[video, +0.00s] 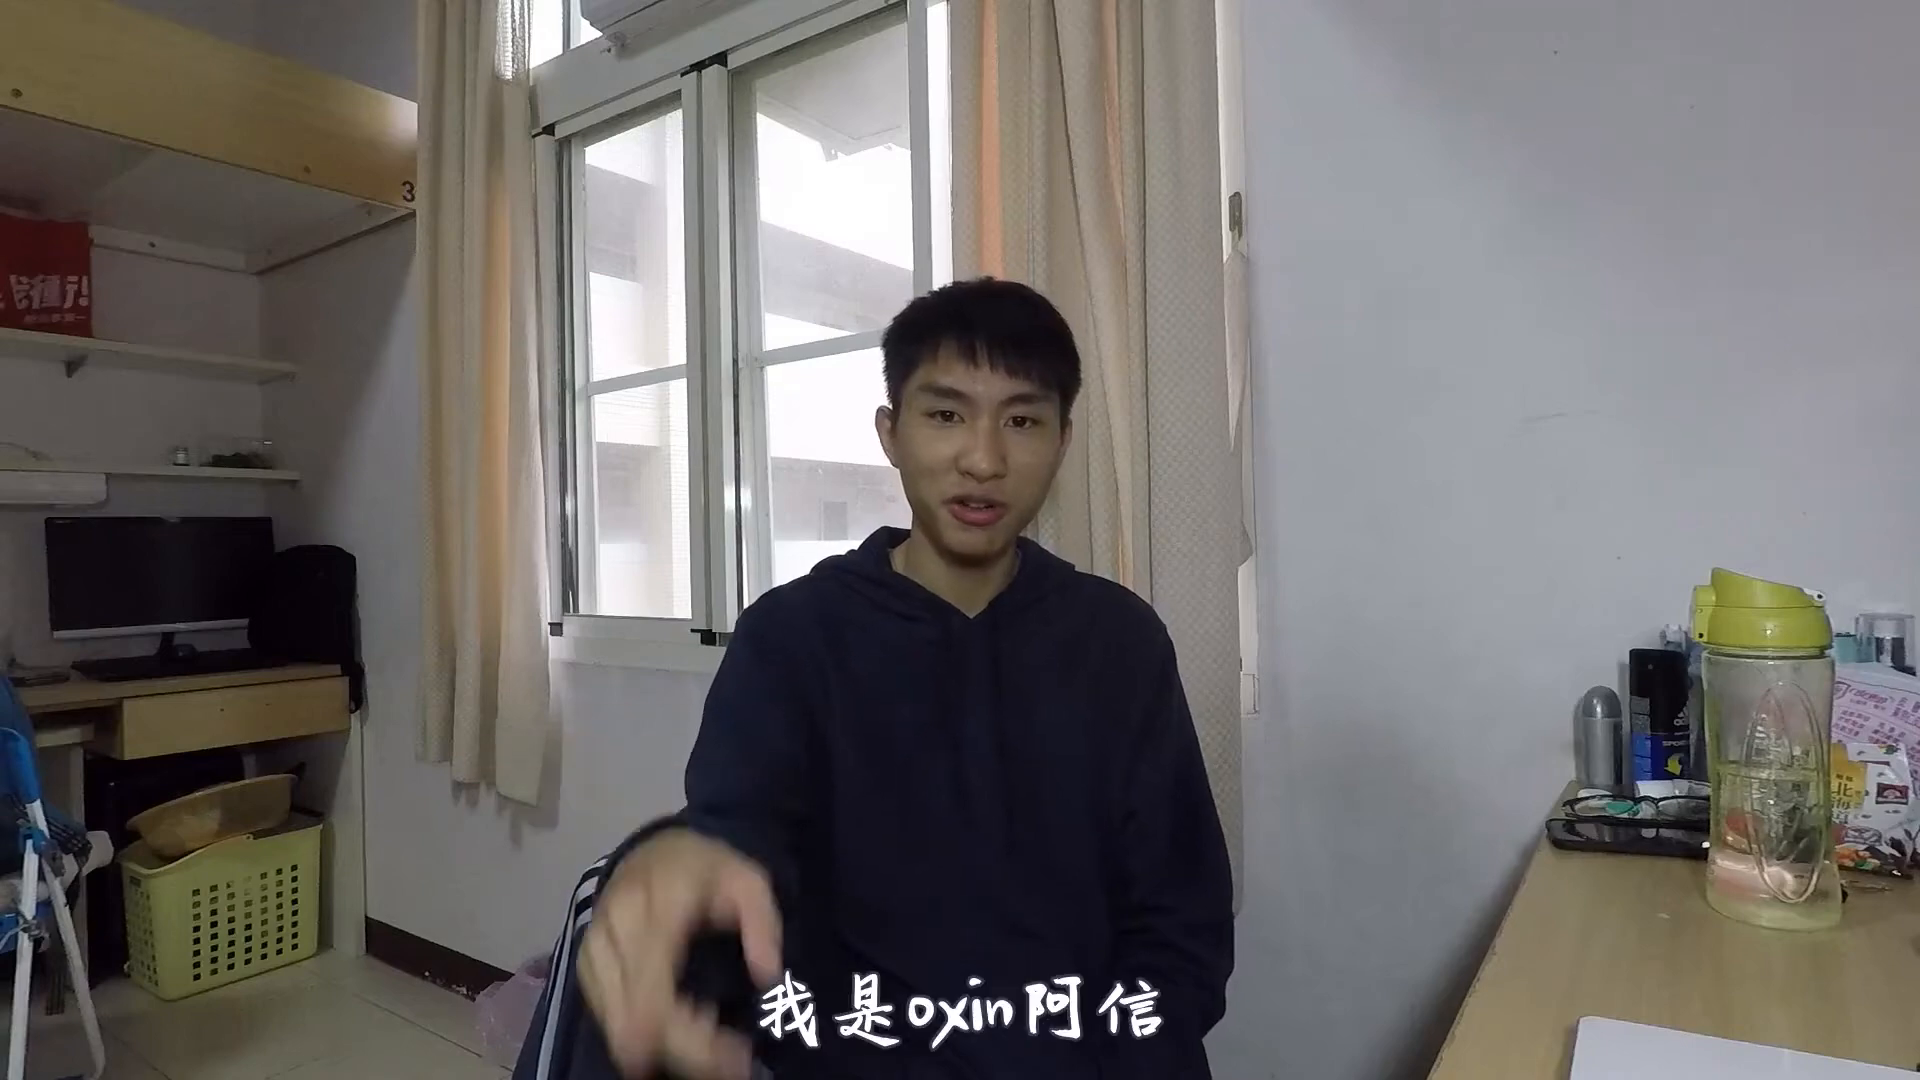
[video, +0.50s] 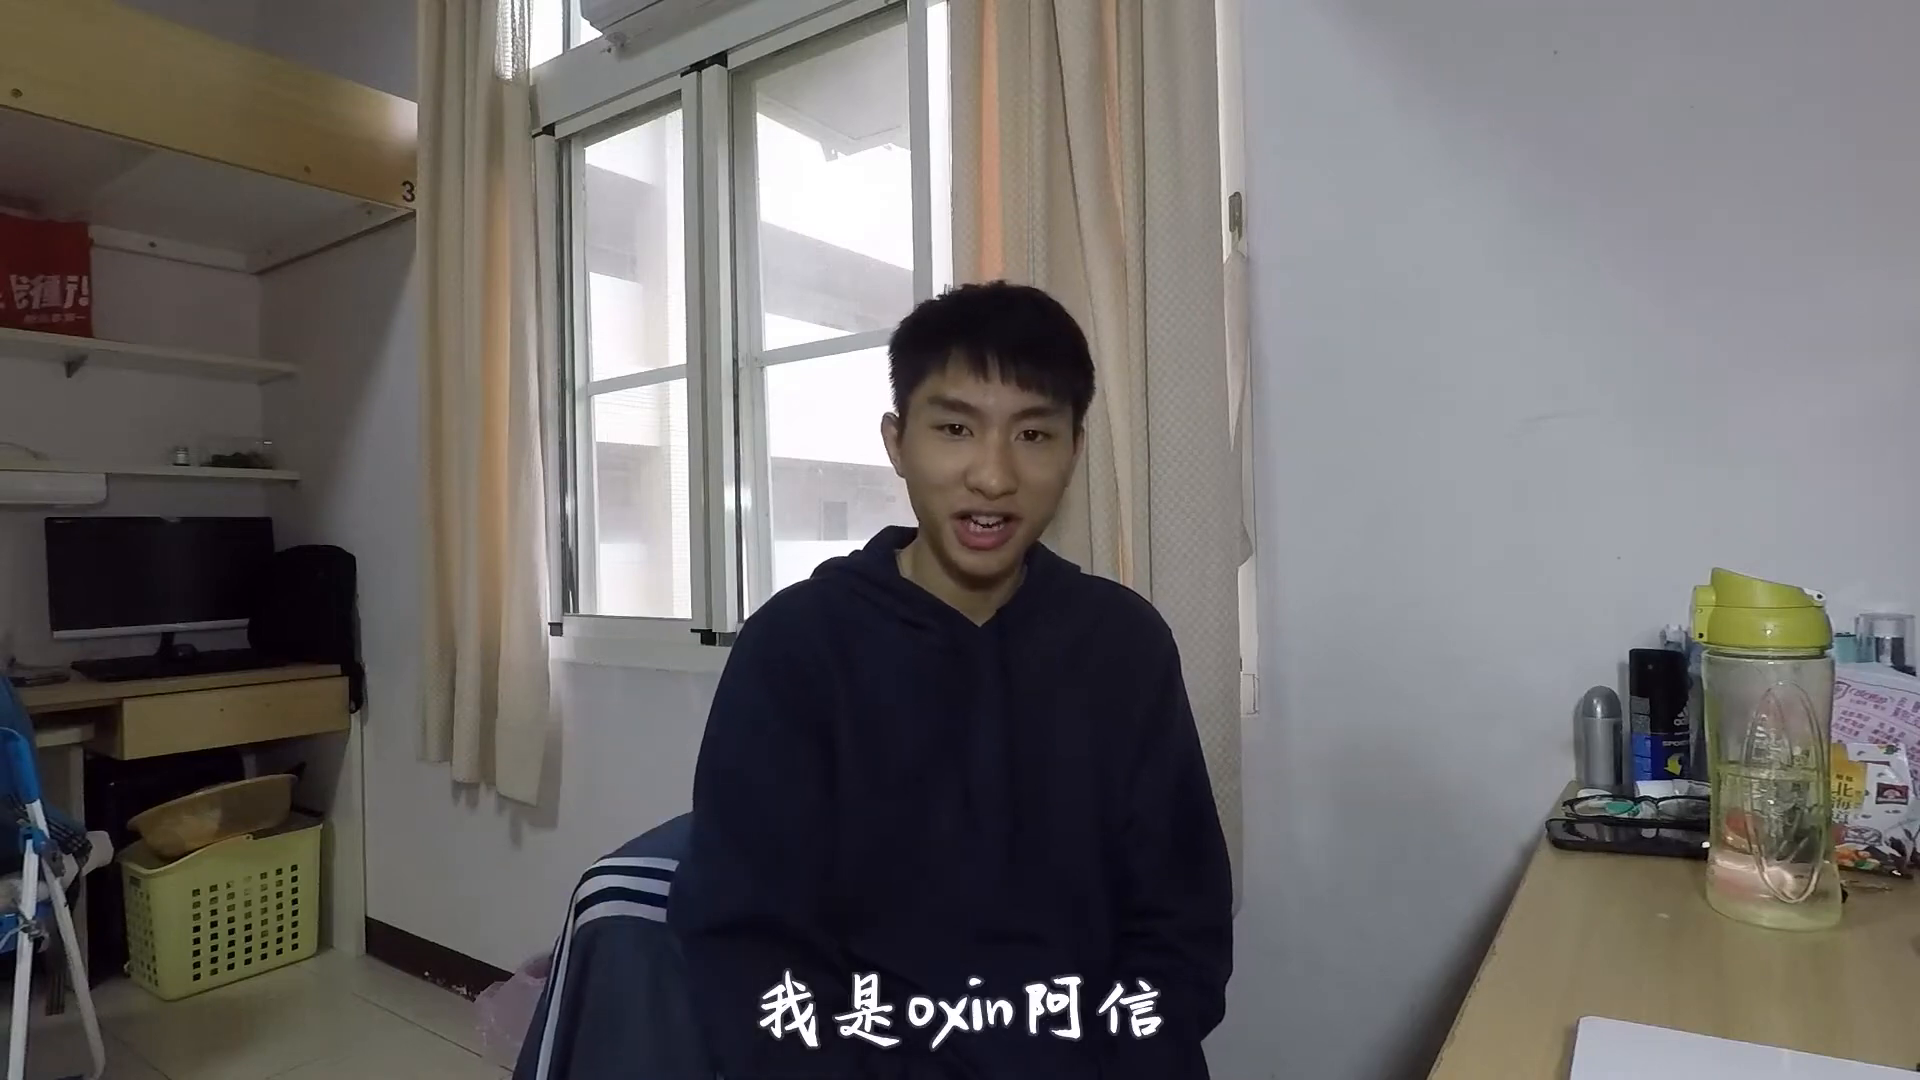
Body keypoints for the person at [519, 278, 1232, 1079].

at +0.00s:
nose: (982, 460)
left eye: (1020, 423)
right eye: (946, 416)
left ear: (1061, 441)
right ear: (891, 431)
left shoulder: (1121, 641)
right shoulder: (790, 637)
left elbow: (1186, 924)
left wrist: (1132, 1049)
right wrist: (675, 853)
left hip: (1073, 1047)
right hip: (852, 1051)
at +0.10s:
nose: (985, 457)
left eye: (1025, 420)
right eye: (947, 415)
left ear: (1064, 444)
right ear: (894, 433)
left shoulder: (1120, 640)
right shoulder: (794, 630)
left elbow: (1185, 917)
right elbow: (729, 846)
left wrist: (1128, 1042)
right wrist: (677, 961)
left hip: (1072, 1047)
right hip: (852, 1046)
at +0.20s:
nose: (989, 460)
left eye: (1030, 423)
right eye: (953, 414)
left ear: (1069, 449)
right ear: (900, 432)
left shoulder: (1122, 644)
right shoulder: (793, 636)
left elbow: (1184, 921)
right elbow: (716, 907)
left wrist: (1130, 1057)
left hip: (1067, 1048)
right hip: (853, 1049)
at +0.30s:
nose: (994, 464)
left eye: (1036, 427)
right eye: (958, 417)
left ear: (1073, 453)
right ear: (901, 434)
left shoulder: (1126, 644)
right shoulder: (797, 640)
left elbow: (1186, 928)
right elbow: (734, 934)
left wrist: (1127, 1059)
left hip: (1072, 1049)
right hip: (860, 1049)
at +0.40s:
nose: (994, 467)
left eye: (1036, 429)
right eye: (957, 421)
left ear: (1072, 455)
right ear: (899, 438)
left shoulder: (1126, 643)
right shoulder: (798, 645)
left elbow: (1187, 925)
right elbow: (742, 934)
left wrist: (1125, 1058)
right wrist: (829, 1063)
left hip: (1077, 1047)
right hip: (867, 1048)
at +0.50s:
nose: (993, 475)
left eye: (1033, 435)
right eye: (955, 430)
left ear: (1072, 455)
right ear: (896, 441)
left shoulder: (1125, 642)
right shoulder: (795, 643)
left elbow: (1186, 930)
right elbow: (737, 936)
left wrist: (1123, 1060)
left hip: (1074, 1048)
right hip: (863, 1049)